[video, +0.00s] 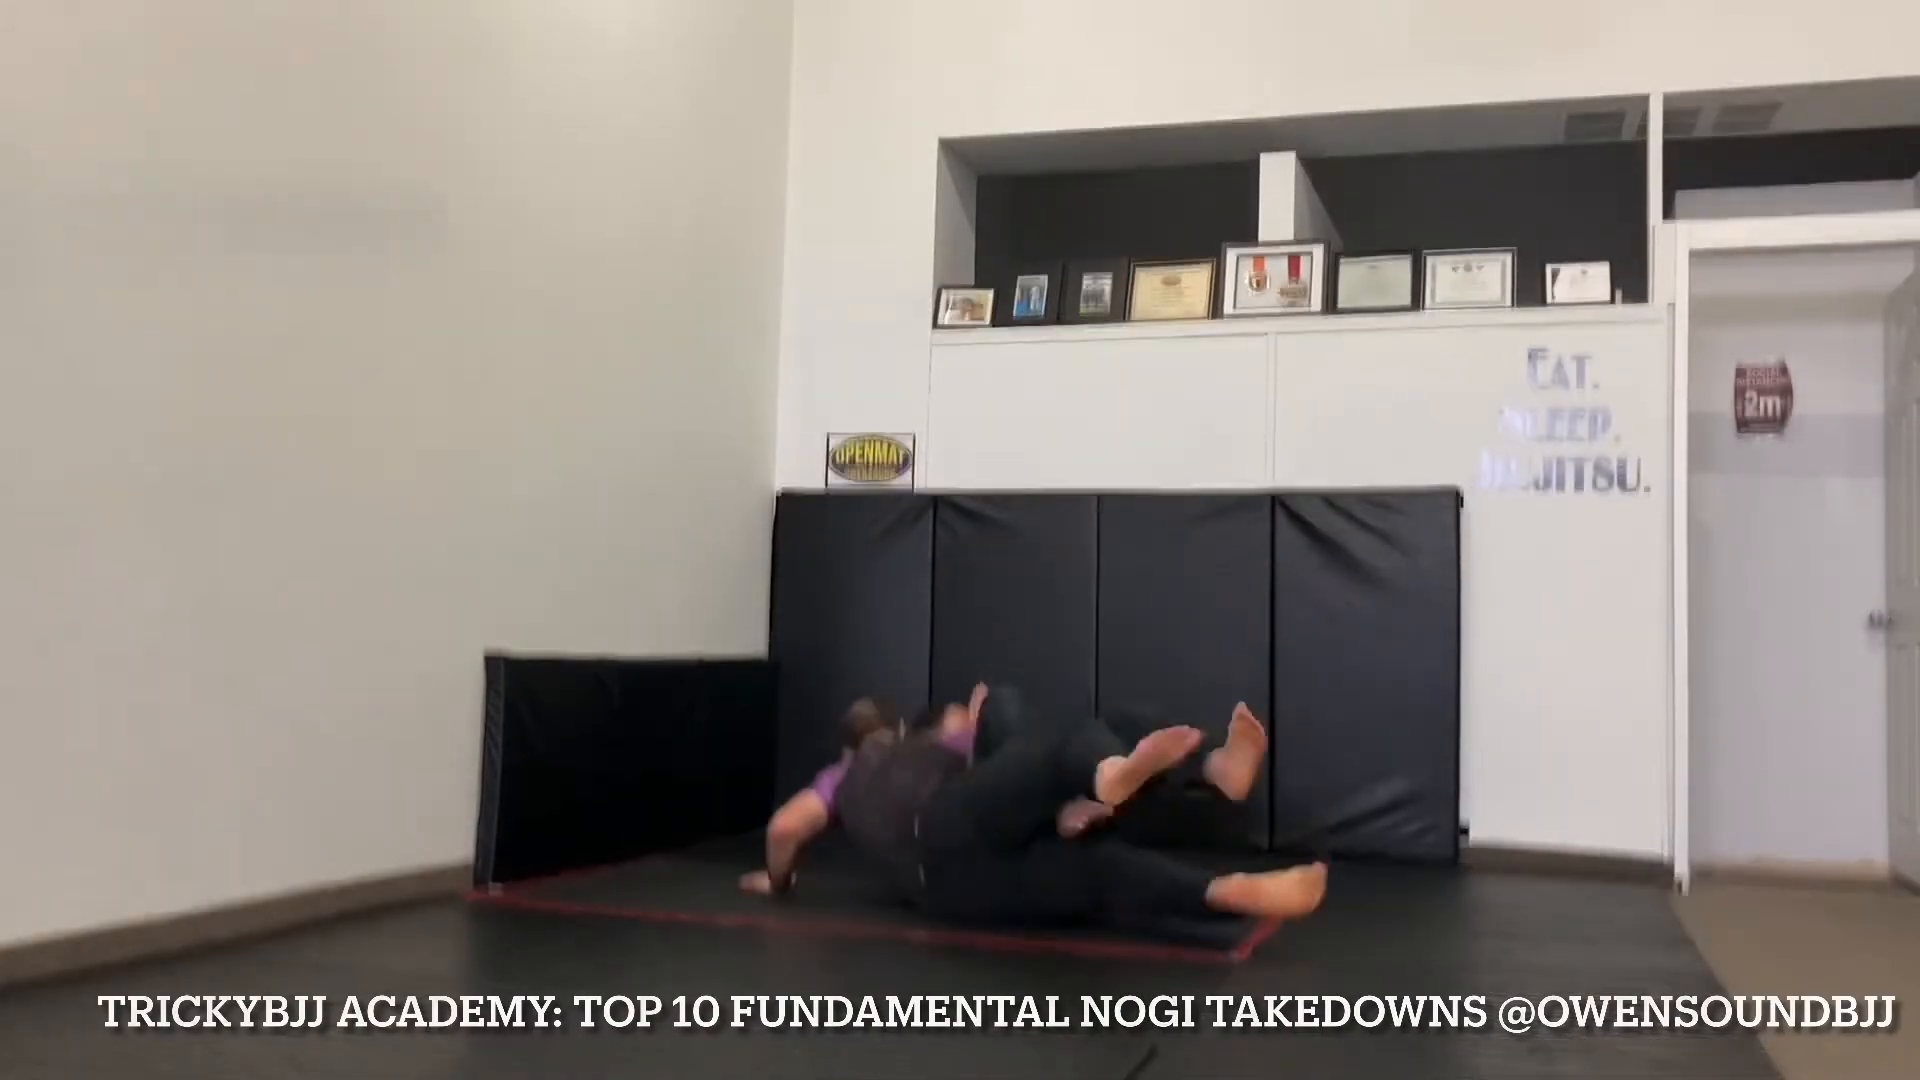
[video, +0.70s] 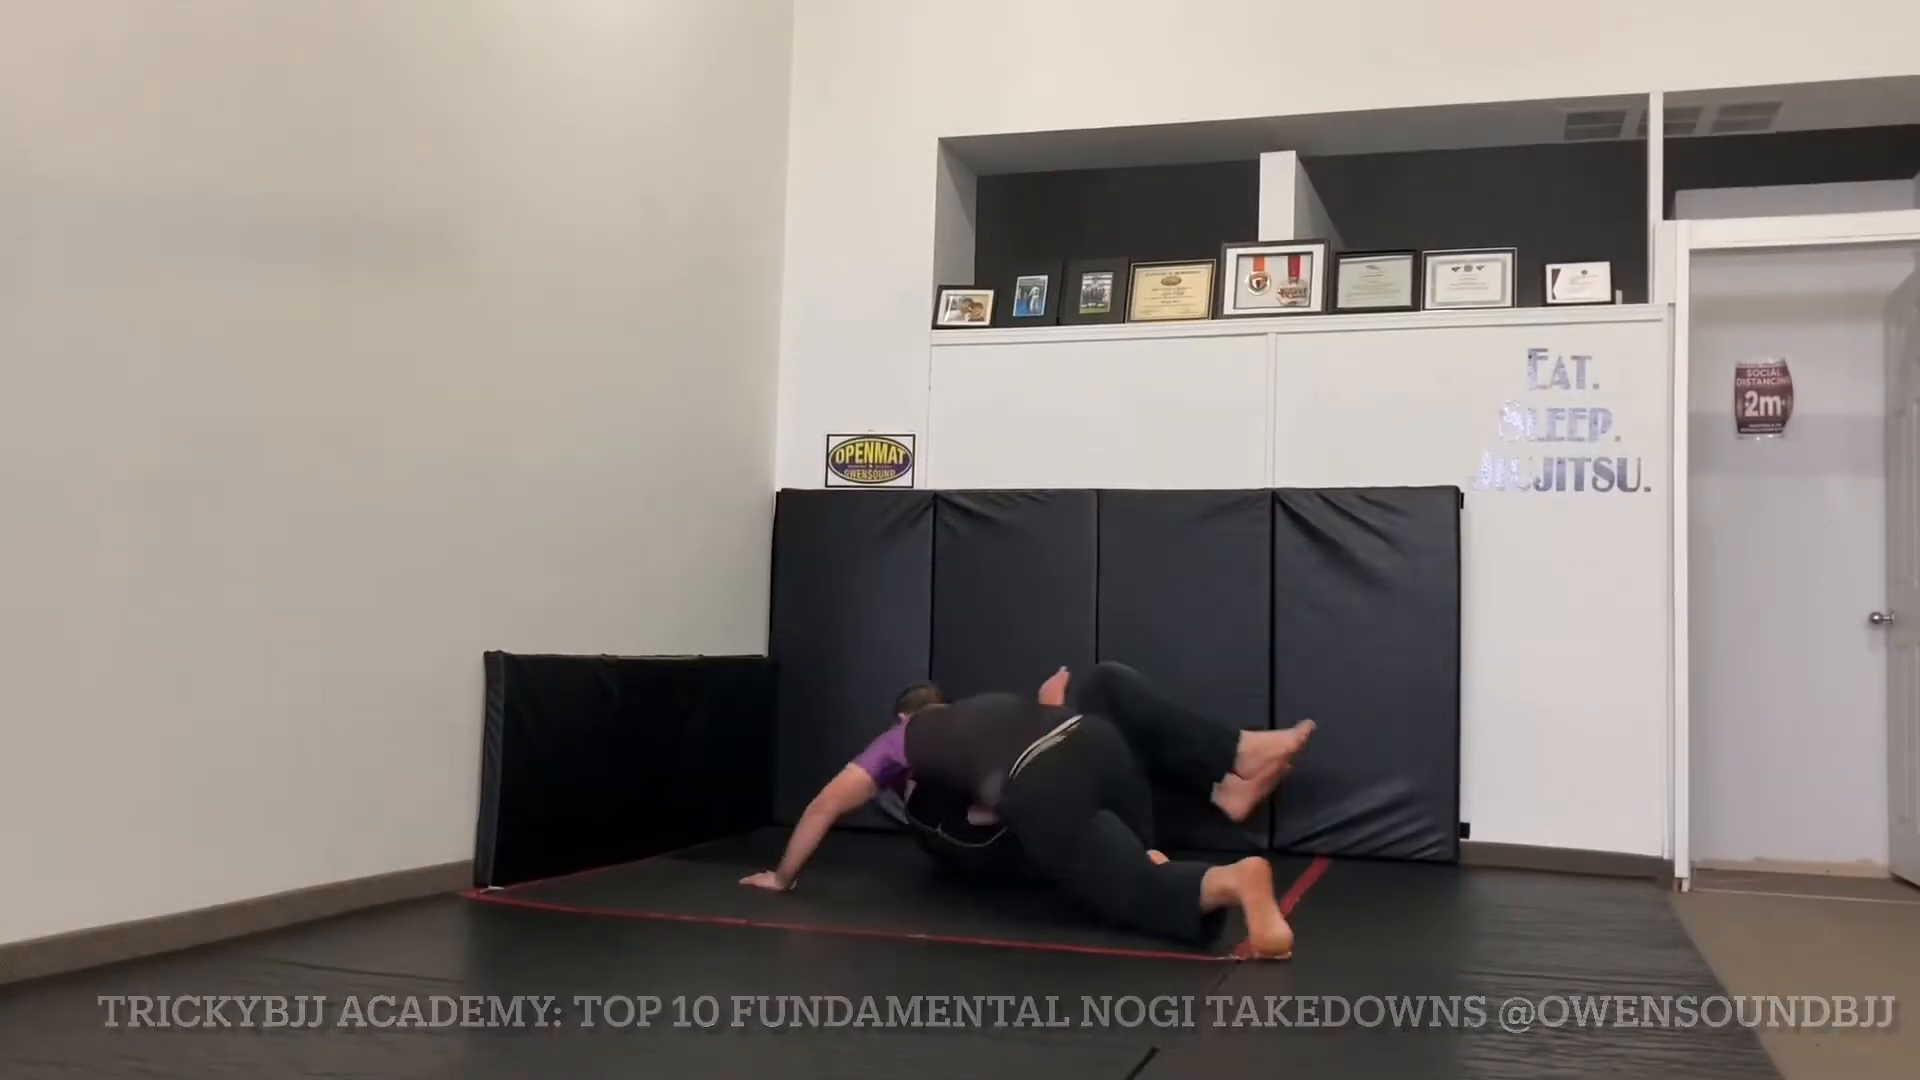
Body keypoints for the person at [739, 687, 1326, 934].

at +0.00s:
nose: (893, 723)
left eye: (876, 729)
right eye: (893, 721)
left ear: (849, 743)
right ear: (899, 724)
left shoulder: (843, 778)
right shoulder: (928, 742)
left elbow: (786, 826)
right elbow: (977, 712)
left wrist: (775, 878)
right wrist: (968, 711)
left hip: (950, 885)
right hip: (965, 818)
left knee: (1100, 874)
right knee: (1054, 748)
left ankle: (1234, 891)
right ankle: (1106, 766)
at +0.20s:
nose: (933, 754)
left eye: (928, 751)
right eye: (923, 753)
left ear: (861, 778)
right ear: (898, 761)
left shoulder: (848, 803)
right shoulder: (950, 781)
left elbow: (793, 824)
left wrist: (779, 877)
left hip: (949, 871)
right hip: (980, 809)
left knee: (1074, 882)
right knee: (1091, 789)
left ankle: (1172, 877)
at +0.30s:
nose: (922, 751)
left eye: (913, 752)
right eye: (916, 751)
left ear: (858, 776)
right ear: (904, 757)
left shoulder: (851, 794)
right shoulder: (939, 769)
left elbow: (796, 810)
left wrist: (782, 877)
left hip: (956, 861)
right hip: (995, 800)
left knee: (1082, 883)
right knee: (1105, 812)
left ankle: (1175, 865)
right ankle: (1138, 751)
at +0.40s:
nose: (863, 764)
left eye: (862, 760)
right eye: (893, 748)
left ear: (866, 759)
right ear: (913, 746)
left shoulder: (861, 778)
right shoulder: (947, 758)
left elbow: (795, 802)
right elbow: (995, 783)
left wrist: (781, 876)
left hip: (967, 864)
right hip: (1003, 803)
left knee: (1104, 891)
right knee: (1134, 824)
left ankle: (1184, 879)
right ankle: (1173, 797)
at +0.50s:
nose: (880, 752)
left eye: (873, 747)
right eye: (910, 736)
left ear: (875, 740)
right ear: (921, 725)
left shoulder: (870, 761)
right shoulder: (955, 742)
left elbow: (799, 802)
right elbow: (1005, 770)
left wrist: (781, 876)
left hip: (983, 851)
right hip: (1021, 796)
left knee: (1108, 890)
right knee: (1116, 813)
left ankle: (1197, 895)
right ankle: (1194, 835)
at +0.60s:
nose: (881, 740)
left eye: (883, 731)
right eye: (898, 722)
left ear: (891, 729)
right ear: (936, 712)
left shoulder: (886, 749)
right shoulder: (972, 726)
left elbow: (811, 801)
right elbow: (1021, 763)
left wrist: (783, 874)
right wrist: (1029, 719)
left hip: (1010, 825)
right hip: (1061, 765)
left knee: (1123, 892)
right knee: (1154, 836)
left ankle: (1200, 895)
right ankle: (1220, 880)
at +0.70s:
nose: (895, 736)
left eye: (896, 726)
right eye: (910, 718)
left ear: (904, 720)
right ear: (949, 705)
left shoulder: (901, 739)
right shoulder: (992, 714)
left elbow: (828, 804)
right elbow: (1055, 768)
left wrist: (785, 874)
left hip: (1039, 780)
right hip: (1100, 739)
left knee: (1126, 888)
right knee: (1128, 848)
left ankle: (1232, 883)